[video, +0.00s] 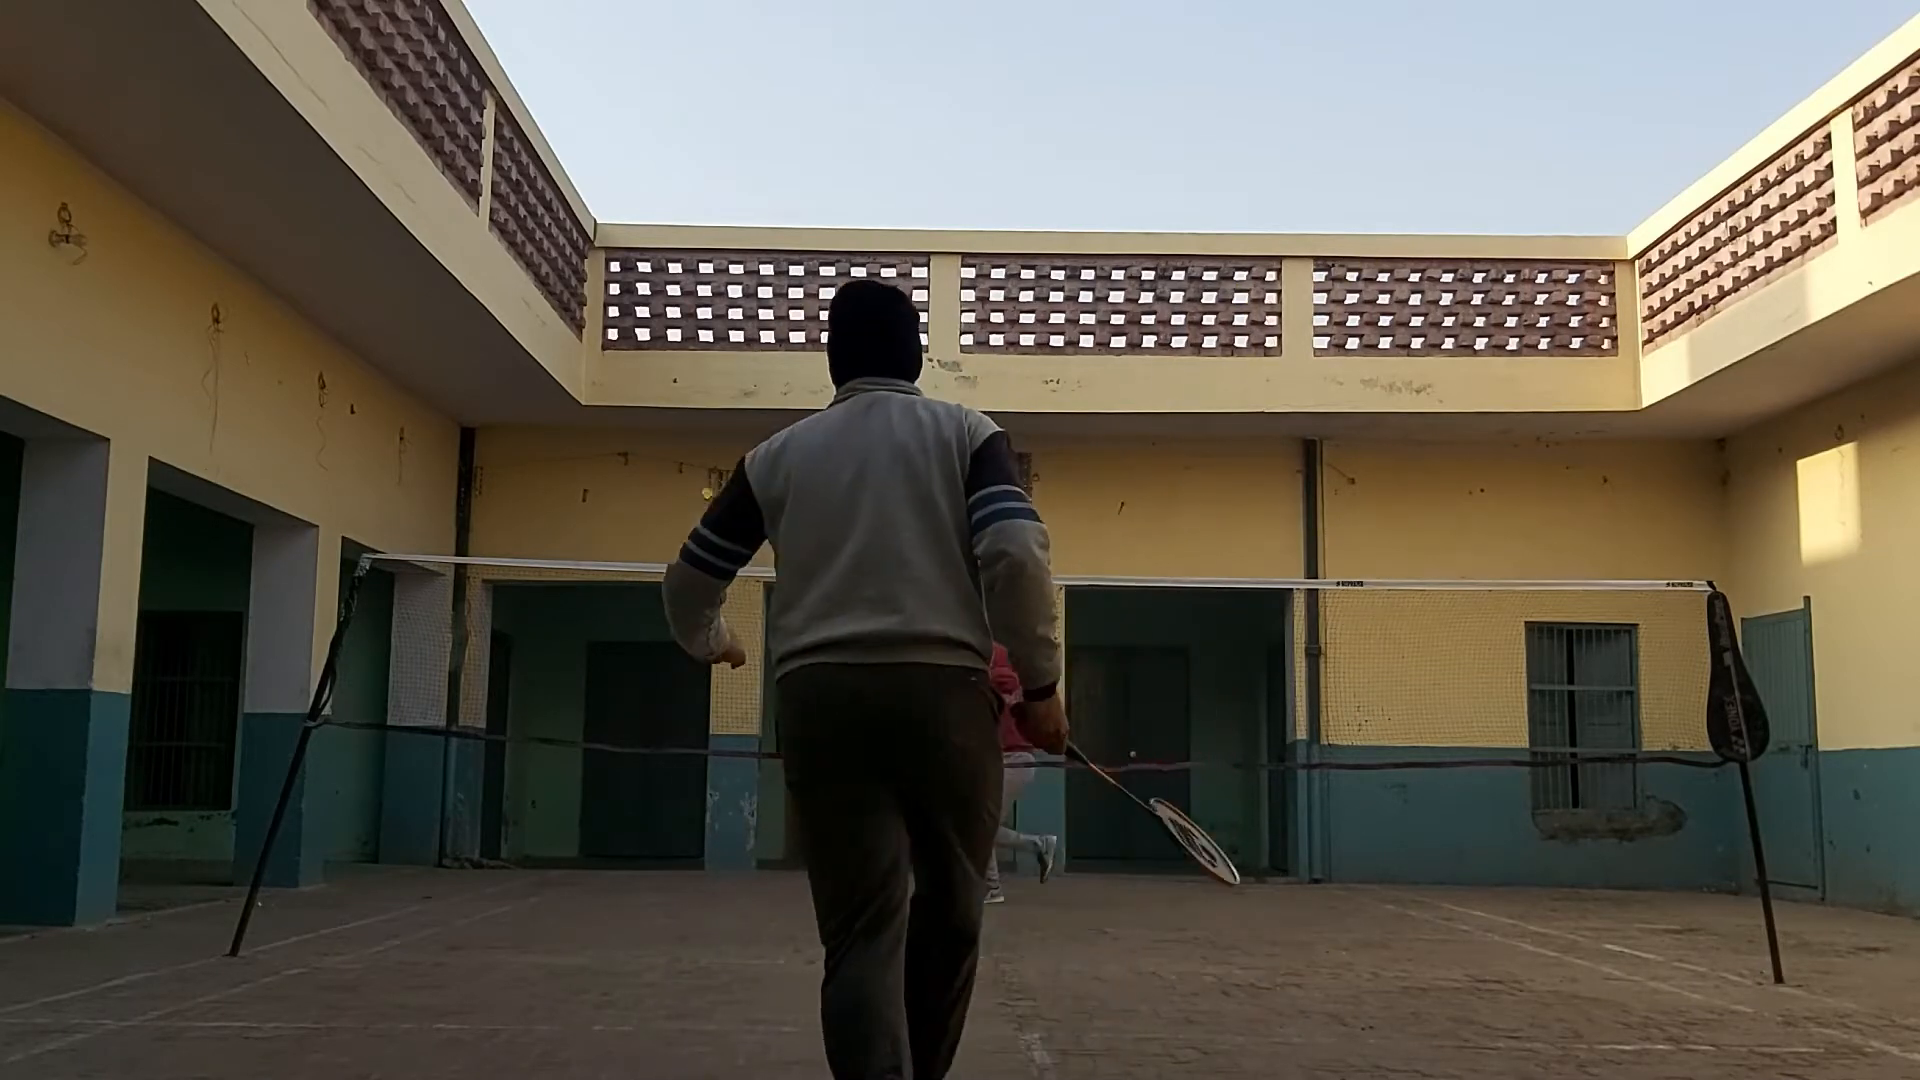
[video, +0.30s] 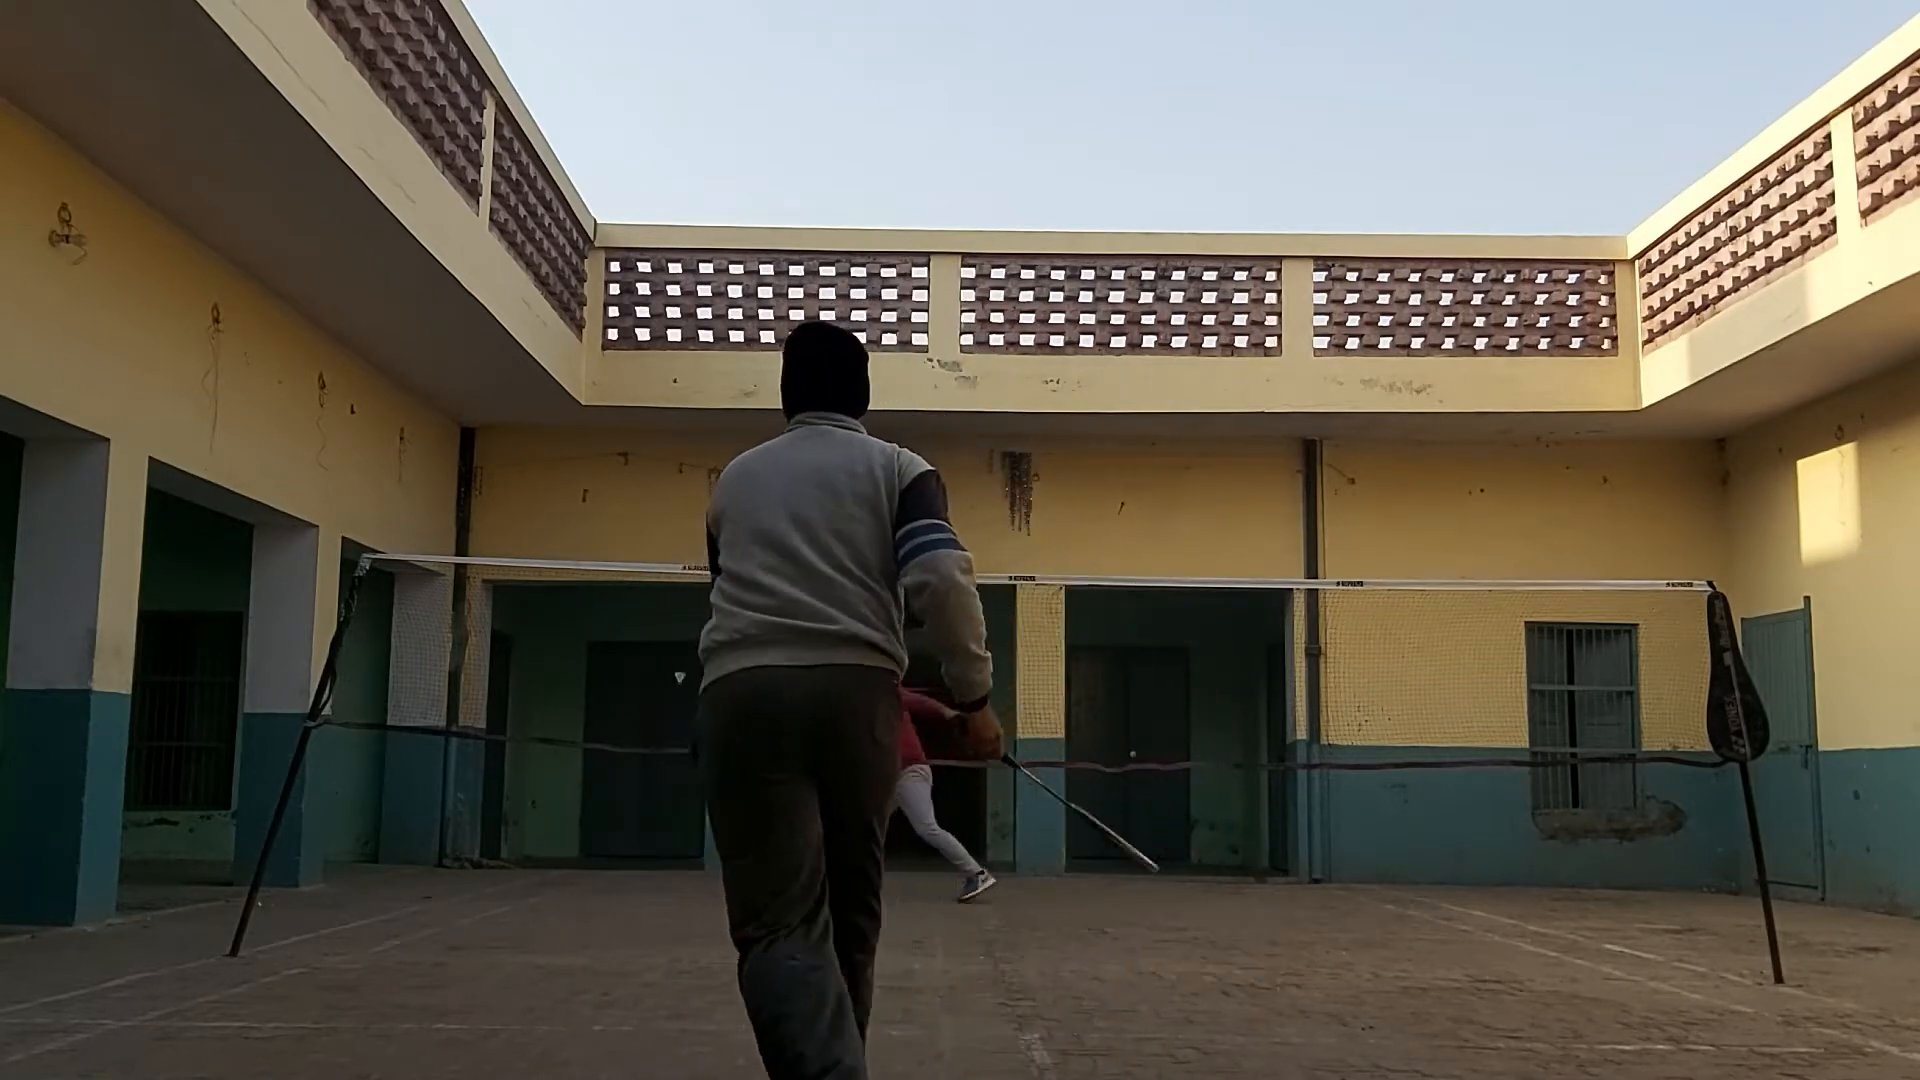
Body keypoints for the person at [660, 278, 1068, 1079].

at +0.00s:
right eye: (909, 341)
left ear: (833, 359)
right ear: (916, 354)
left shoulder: (778, 452)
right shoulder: (967, 431)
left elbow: (688, 586)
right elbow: (1015, 554)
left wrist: (712, 642)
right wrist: (1041, 687)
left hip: (819, 694)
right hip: (945, 692)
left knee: (858, 921)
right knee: (950, 908)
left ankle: (872, 1072)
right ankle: (918, 1067)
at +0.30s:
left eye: (789, 387)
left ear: (786, 395)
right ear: (864, 395)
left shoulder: (735, 475)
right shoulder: (898, 466)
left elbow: (730, 587)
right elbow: (942, 577)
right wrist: (972, 699)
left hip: (740, 693)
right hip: (856, 691)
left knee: (774, 917)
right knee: (852, 898)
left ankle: (820, 1069)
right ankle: (836, 1061)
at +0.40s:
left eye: (776, 390)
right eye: (838, 393)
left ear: (769, 397)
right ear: (845, 397)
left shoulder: (715, 475)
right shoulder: (877, 471)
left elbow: (700, 588)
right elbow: (925, 582)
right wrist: (945, 695)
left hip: (708, 689)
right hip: (821, 689)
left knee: (707, 902)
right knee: (824, 908)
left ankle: (755, 1063)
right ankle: (821, 1070)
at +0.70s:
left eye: (675, 427)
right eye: (740, 433)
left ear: (668, 438)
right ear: (745, 440)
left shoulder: (611, 519)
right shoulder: (763, 521)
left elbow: (549, 626)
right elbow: (818, 639)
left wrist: (632, 630)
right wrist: (857, 630)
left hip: (599, 738)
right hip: (713, 746)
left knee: (546, 907)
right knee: (777, 933)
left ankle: (463, 1068)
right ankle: (796, 1074)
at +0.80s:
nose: (692, 456)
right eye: (692, 446)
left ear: (617, 450)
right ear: (688, 451)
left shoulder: (565, 536)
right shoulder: (687, 523)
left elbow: (523, 637)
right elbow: (737, 613)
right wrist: (818, 571)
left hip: (557, 751)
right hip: (666, 754)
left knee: (545, 907)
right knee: (739, 928)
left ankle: (466, 1064)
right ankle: (785, 1070)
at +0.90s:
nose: (658, 467)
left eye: (657, 458)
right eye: (659, 453)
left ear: (587, 437)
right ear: (649, 449)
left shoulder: (543, 513)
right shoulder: (608, 493)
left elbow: (502, 610)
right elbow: (601, 572)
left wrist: (623, 661)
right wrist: (706, 504)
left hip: (519, 731)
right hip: (605, 732)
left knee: (542, 910)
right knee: (695, 909)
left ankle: (468, 1064)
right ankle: (767, 1067)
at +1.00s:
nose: (637, 451)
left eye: (640, 435)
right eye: (636, 433)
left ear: (582, 420)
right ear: (607, 426)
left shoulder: (579, 489)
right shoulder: (537, 464)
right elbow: (450, 537)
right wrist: (526, 499)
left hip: (502, 704)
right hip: (549, 698)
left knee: (523, 902)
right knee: (623, 901)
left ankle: (464, 1062)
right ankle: (676, 1064)